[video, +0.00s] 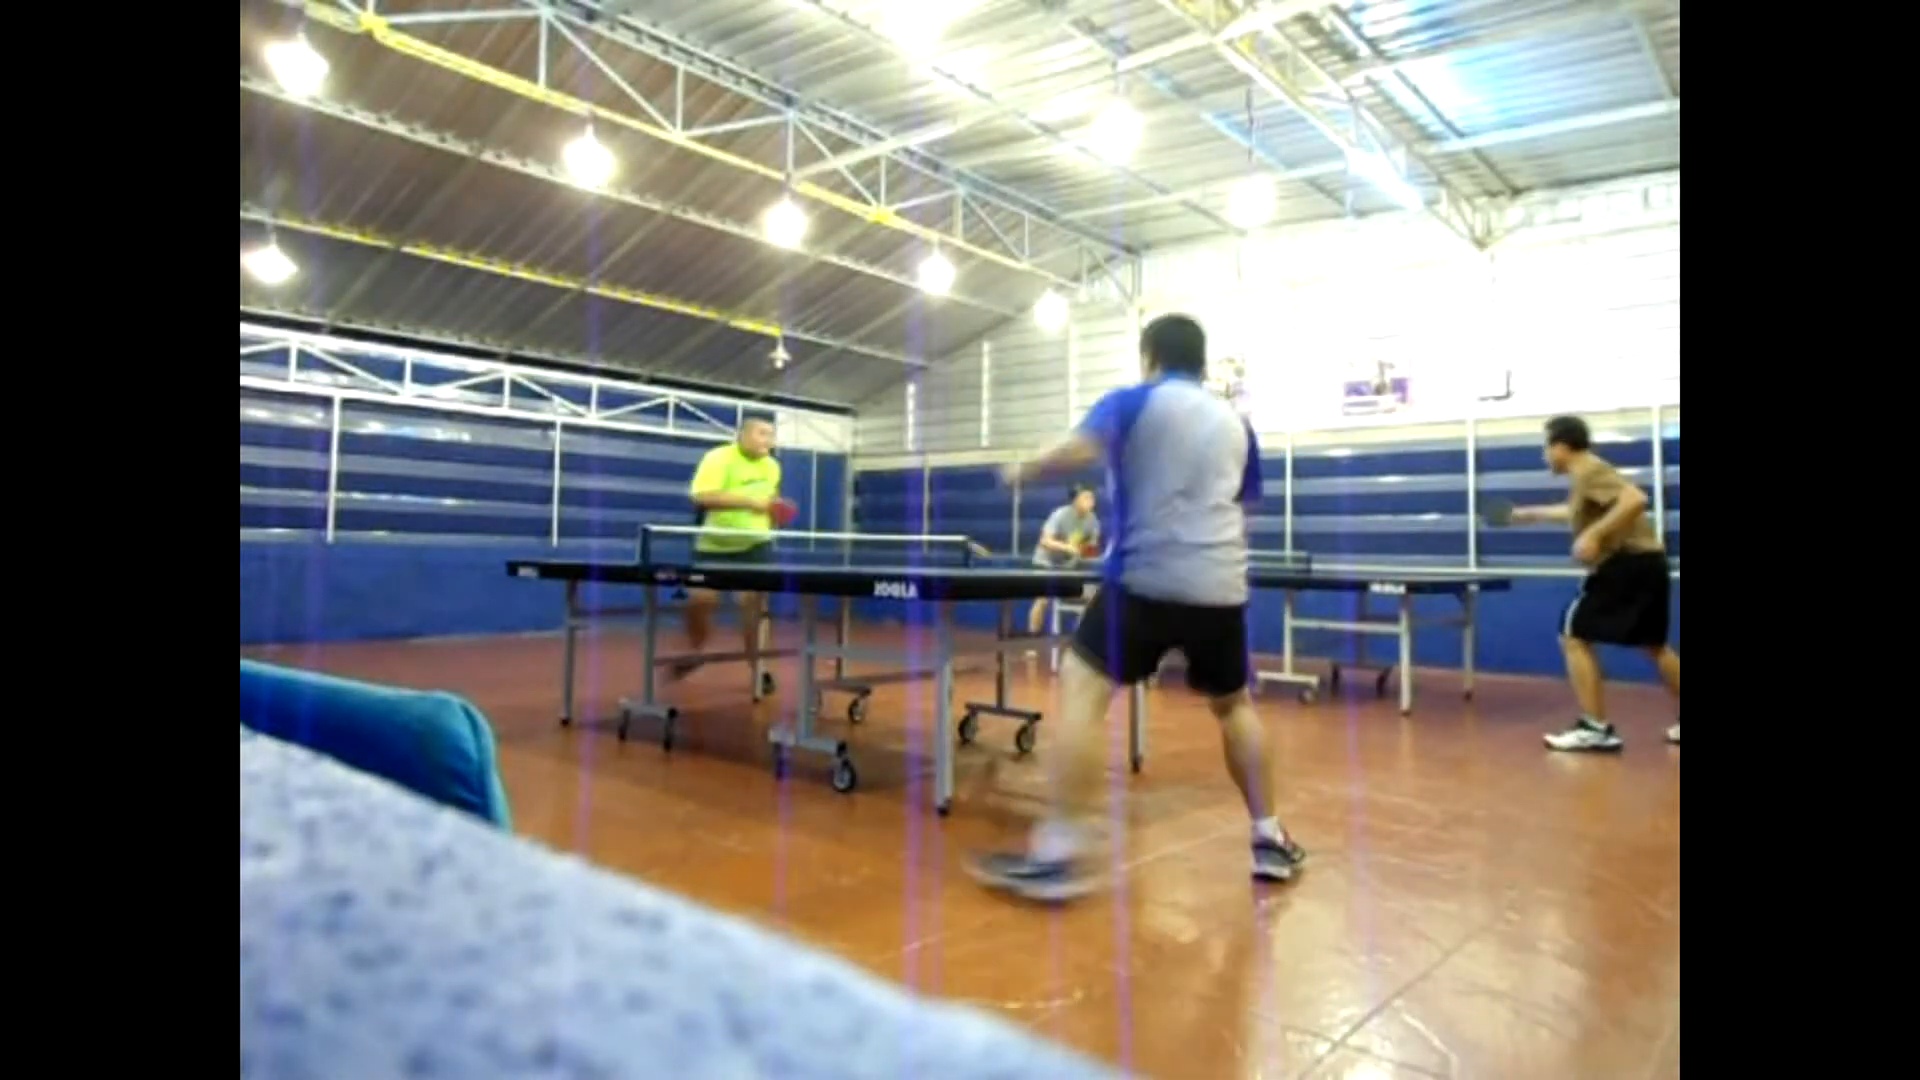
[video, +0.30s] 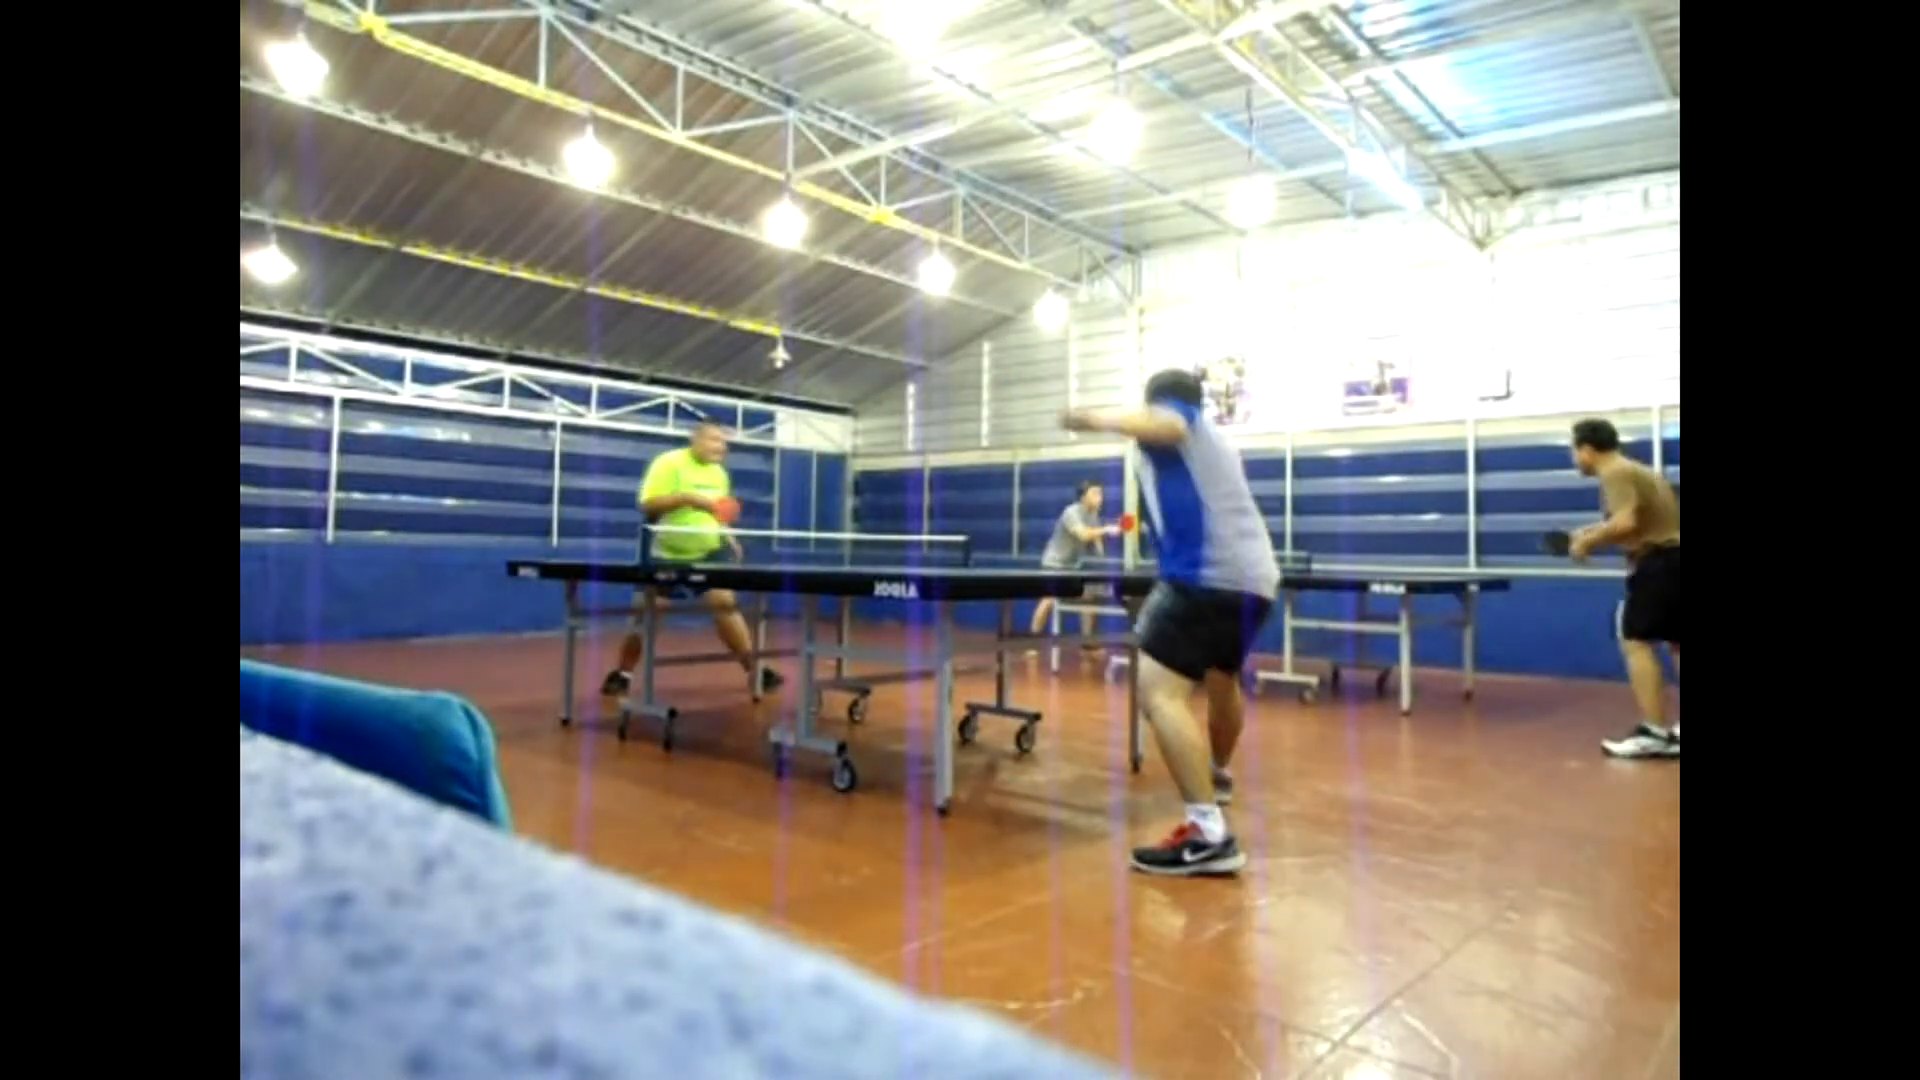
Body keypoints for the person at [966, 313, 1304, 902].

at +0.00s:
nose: (1140, 365)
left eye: (1143, 357)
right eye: (1144, 357)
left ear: (1152, 358)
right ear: (1202, 361)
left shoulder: (1132, 404)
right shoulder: (1235, 425)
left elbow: (1079, 454)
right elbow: (1246, 501)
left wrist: (1022, 472)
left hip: (1144, 590)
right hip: (1219, 597)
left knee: (1081, 698)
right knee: (1235, 707)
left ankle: (1055, 849)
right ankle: (1268, 837)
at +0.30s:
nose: (1148, 413)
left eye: (1151, 405)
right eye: (1152, 407)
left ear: (1158, 400)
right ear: (1196, 401)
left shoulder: (1171, 414)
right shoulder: (1212, 437)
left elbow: (1169, 432)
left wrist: (1097, 422)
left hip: (1210, 576)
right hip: (1251, 579)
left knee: (1157, 692)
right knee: (1221, 680)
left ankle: (1208, 832)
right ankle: (1216, 774)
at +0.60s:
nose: (1155, 452)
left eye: (1158, 442)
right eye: (1155, 443)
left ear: (1172, 438)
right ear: (1201, 436)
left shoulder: (1197, 452)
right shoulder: (1217, 472)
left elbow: (1193, 483)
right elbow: (1183, 540)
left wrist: (1138, 509)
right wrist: (1127, 531)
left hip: (1248, 592)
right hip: (1274, 594)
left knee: (1167, 692)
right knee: (1214, 679)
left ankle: (1242, 814)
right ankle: (1215, 772)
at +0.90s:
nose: (1198, 403)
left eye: (1202, 391)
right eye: (1199, 392)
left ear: (1224, 389)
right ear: (1251, 391)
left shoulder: (1236, 417)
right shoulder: (1278, 433)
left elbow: (1218, 457)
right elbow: (1296, 510)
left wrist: (1139, 511)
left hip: (1277, 580)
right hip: (1316, 585)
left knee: (1219, 698)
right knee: (1250, 677)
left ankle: (1300, 835)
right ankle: (1257, 776)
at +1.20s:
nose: (1235, 429)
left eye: (1237, 419)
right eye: (1232, 420)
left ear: (1259, 410)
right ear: (1289, 408)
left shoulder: (1278, 439)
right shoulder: (1328, 446)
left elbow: (1208, 502)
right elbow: (1342, 536)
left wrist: (1158, 537)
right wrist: (1269, 557)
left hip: (1346, 606)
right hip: (1388, 610)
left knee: (1252, 708)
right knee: (1312, 691)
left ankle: (1322, 869)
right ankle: (1370, 803)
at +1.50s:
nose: (1271, 425)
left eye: (1276, 411)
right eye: (1269, 413)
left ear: (1307, 405)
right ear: (1301, 408)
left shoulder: (1382, 428)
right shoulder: (1296, 460)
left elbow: (1343, 458)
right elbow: (1242, 524)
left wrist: (1224, 455)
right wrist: (1255, 571)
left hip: (1443, 592)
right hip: (1406, 593)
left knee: (1343, 692)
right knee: (1368, 693)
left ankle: (1347, 865)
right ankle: (1389, 809)